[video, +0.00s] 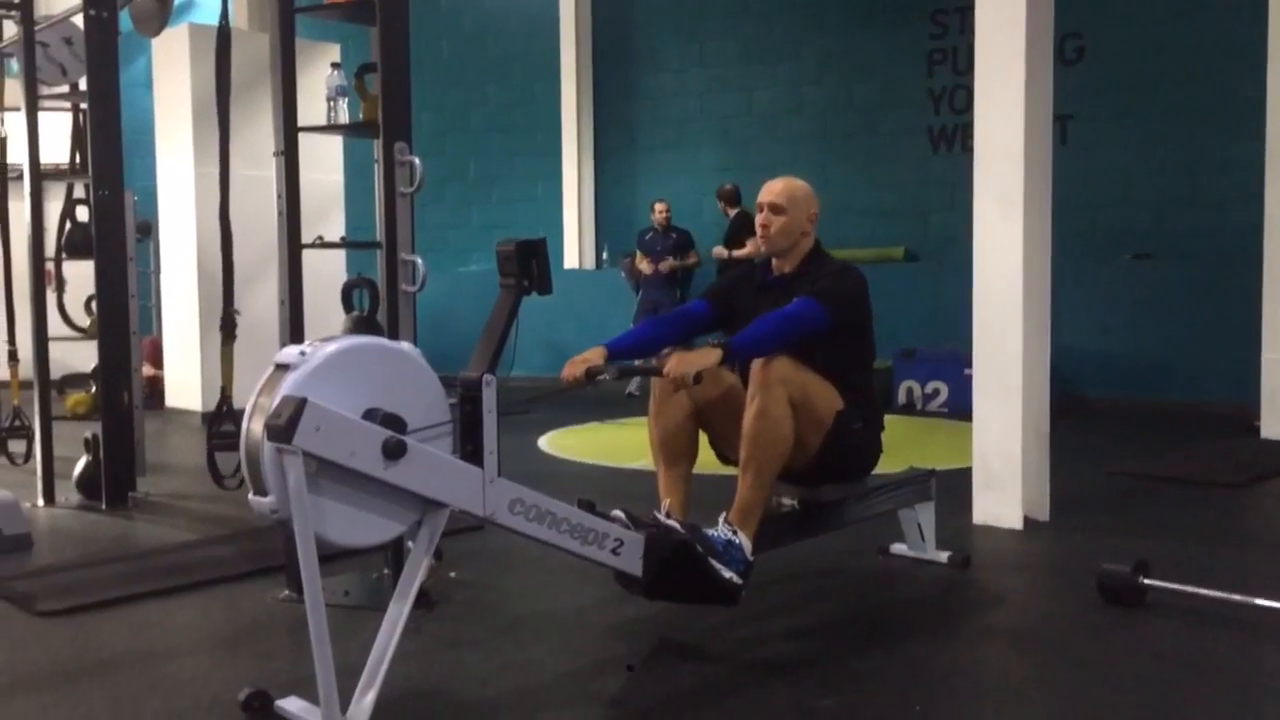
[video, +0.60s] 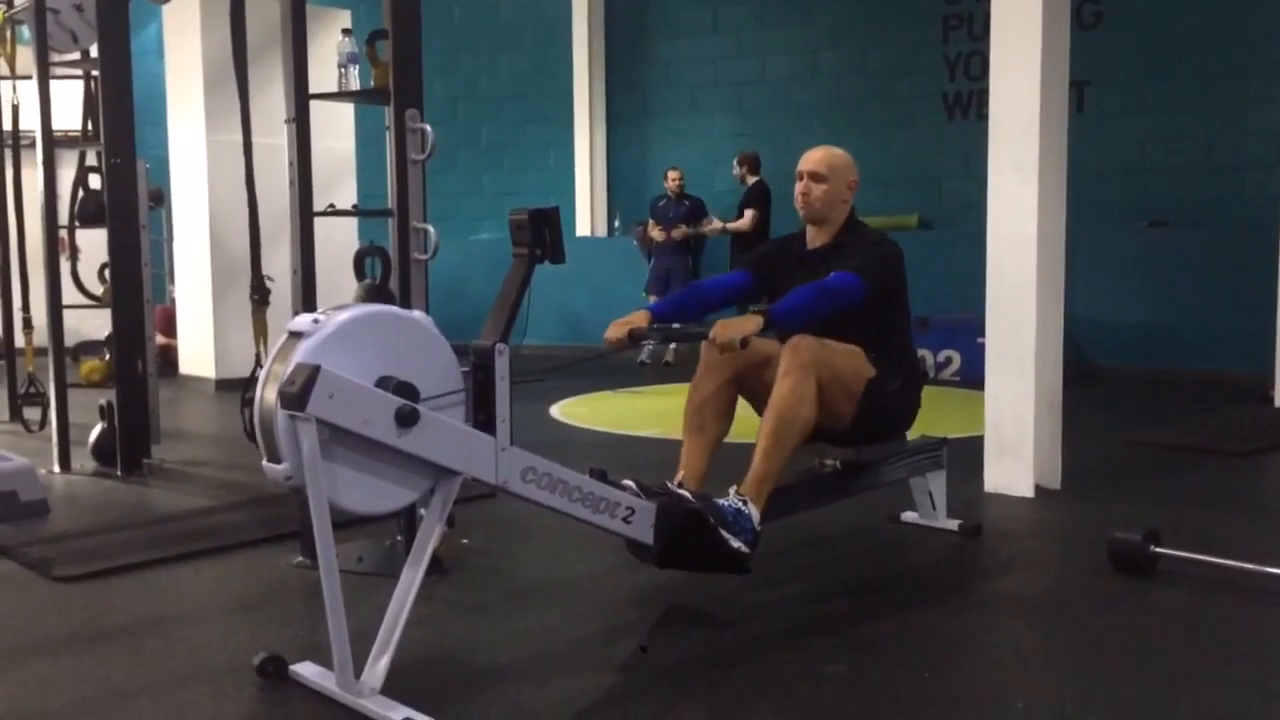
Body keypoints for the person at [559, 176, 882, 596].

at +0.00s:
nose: (761, 221)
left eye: (775, 211)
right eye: (759, 211)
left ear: (809, 223)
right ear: (753, 219)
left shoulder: (841, 281)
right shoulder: (744, 279)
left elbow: (790, 323)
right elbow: (683, 321)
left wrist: (720, 351)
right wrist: (605, 351)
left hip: (841, 449)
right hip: (766, 445)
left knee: (771, 368)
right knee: (673, 374)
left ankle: (737, 537)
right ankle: (671, 524)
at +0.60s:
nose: (802, 188)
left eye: (816, 179)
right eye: (799, 179)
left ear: (848, 191)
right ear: (793, 186)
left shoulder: (877, 252)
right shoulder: (783, 252)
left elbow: (830, 294)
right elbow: (718, 291)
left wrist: (762, 317)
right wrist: (649, 314)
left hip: (880, 400)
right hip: (806, 400)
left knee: (801, 350)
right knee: (720, 350)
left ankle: (746, 509)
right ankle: (684, 492)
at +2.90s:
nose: (900, 205)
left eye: (911, 194)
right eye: (894, 195)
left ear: (940, 194)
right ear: (889, 196)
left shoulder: (976, 256)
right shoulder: (874, 256)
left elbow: (997, 325)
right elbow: (835, 322)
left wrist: (937, 302)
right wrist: (813, 310)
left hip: (926, 378)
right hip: (861, 368)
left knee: (835, 399)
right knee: (789, 391)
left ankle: (747, 507)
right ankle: (694, 490)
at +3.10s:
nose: (823, 203)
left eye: (836, 191)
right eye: (817, 192)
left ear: (868, 191)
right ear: (811, 195)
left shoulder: (902, 251)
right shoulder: (806, 254)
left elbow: (894, 320)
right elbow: (758, 306)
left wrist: (818, 348)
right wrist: (706, 337)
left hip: (899, 391)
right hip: (826, 388)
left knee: (817, 381)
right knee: (732, 383)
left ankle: (744, 509)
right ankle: (682, 492)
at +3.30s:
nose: (749, 217)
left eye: (762, 207)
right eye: (745, 207)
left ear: (799, 212)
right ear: (741, 210)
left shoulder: (835, 263)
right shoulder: (740, 268)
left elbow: (795, 329)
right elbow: (675, 312)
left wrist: (721, 368)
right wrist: (607, 353)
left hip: (863, 414)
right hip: (789, 414)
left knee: (794, 355)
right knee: (691, 342)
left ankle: (740, 505)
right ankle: (681, 491)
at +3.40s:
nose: (738, 217)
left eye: (752, 208)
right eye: (735, 207)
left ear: (789, 216)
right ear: (730, 212)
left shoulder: (825, 266)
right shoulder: (731, 267)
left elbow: (779, 322)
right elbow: (665, 308)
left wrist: (702, 353)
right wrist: (590, 339)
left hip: (857, 414)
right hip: (782, 415)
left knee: (787, 351)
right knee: (685, 352)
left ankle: (740, 505)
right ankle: (680, 493)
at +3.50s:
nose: (759, 205)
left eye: (773, 196)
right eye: (756, 195)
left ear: (807, 206)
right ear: (751, 200)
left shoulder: (840, 258)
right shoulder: (751, 258)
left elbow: (800, 306)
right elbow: (693, 298)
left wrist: (723, 326)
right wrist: (610, 323)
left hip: (865, 410)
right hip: (793, 412)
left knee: (795, 345)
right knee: (698, 349)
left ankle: (740, 507)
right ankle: (680, 490)